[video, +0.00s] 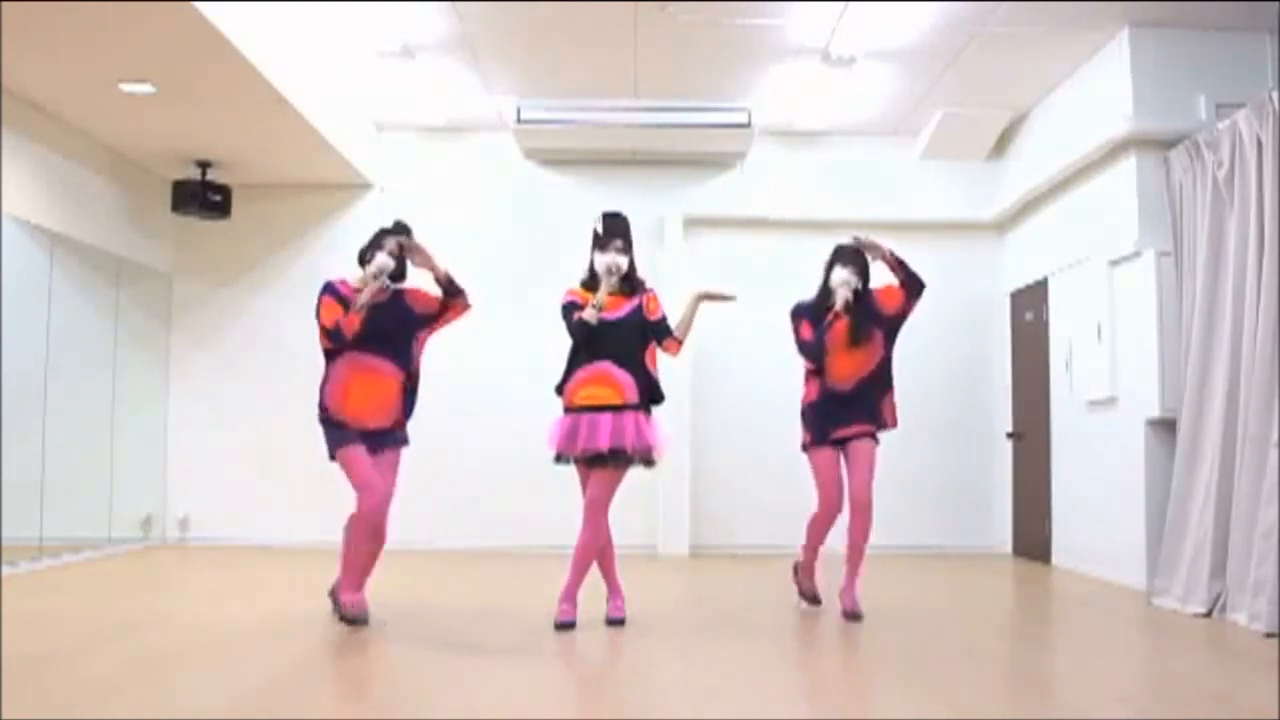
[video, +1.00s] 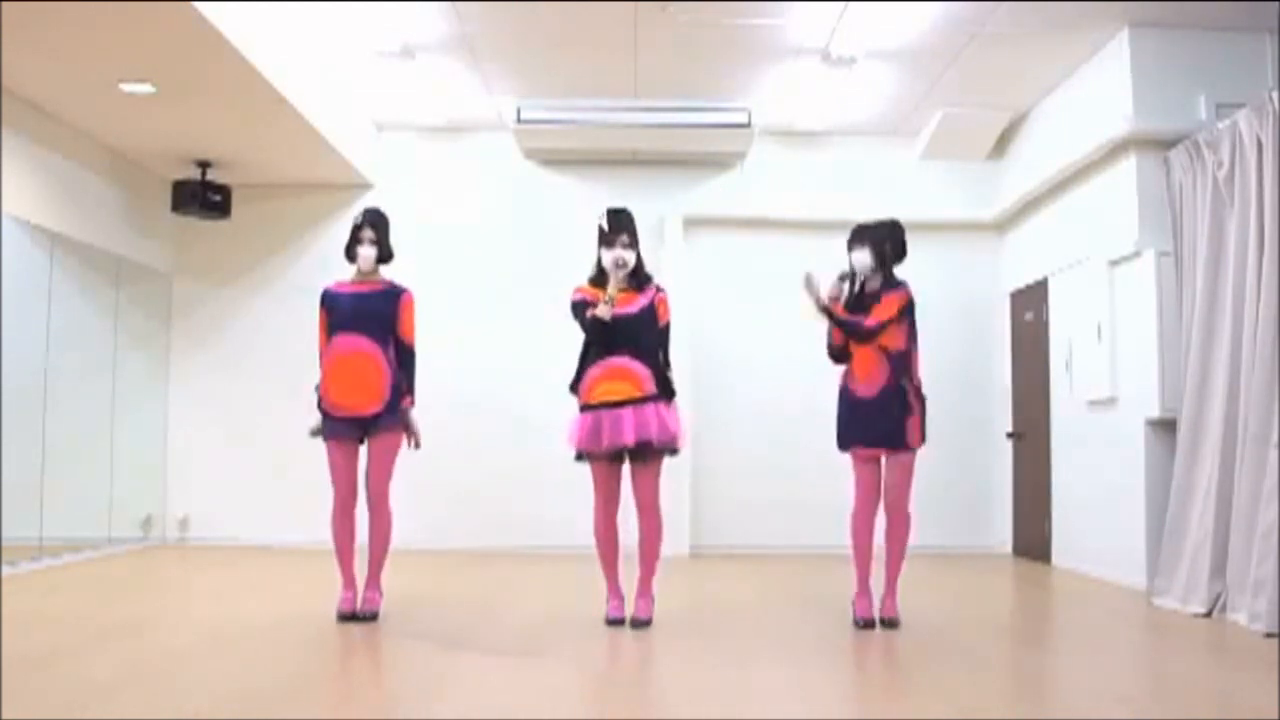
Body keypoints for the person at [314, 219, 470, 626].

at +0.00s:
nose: (389, 263)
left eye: (398, 257)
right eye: (383, 253)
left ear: (403, 267)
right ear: (366, 256)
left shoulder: (412, 307)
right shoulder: (339, 293)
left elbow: (459, 304)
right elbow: (334, 339)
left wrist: (430, 264)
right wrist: (364, 299)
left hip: (390, 423)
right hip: (343, 418)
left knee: (378, 511)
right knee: (373, 494)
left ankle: (355, 590)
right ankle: (347, 587)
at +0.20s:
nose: (375, 254)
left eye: (384, 249)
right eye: (369, 246)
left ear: (394, 256)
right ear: (356, 248)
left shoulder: (405, 300)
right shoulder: (335, 292)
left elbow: (446, 318)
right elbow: (330, 331)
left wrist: (425, 277)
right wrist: (354, 287)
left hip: (383, 416)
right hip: (334, 412)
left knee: (371, 509)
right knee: (333, 503)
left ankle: (373, 587)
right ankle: (325, 589)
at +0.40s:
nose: (373, 246)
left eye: (382, 241)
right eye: (368, 239)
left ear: (391, 250)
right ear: (356, 245)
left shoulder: (404, 295)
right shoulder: (335, 291)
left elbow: (442, 335)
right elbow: (296, 326)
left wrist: (414, 328)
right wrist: (322, 303)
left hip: (388, 413)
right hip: (340, 412)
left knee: (376, 502)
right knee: (339, 503)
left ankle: (376, 588)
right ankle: (338, 587)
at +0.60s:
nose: (372, 242)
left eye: (380, 237)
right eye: (367, 236)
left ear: (391, 246)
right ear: (355, 243)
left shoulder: (404, 293)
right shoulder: (332, 291)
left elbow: (432, 338)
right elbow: (303, 332)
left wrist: (431, 385)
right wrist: (292, 372)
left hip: (388, 407)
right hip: (340, 406)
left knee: (380, 493)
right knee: (344, 495)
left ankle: (375, 587)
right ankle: (347, 586)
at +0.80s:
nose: (368, 248)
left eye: (376, 242)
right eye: (362, 241)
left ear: (386, 249)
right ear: (352, 246)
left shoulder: (400, 297)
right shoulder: (333, 294)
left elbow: (408, 355)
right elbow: (324, 350)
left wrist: (408, 406)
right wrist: (320, 402)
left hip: (386, 405)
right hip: (339, 405)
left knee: (378, 494)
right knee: (344, 496)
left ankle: (374, 586)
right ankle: (347, 586)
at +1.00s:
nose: (365, 248)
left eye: (373, 242)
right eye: (359, 241)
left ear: (384, 249)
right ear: (351, 246)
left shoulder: (399, 296)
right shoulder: (332, 295)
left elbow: (406, 354)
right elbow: (325, 351)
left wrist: (407, 404)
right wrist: (324, 401)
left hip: (385, 403)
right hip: (339, 403)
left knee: (377, 493)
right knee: (344, 495)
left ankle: (373, 586)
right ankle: (348, 586)